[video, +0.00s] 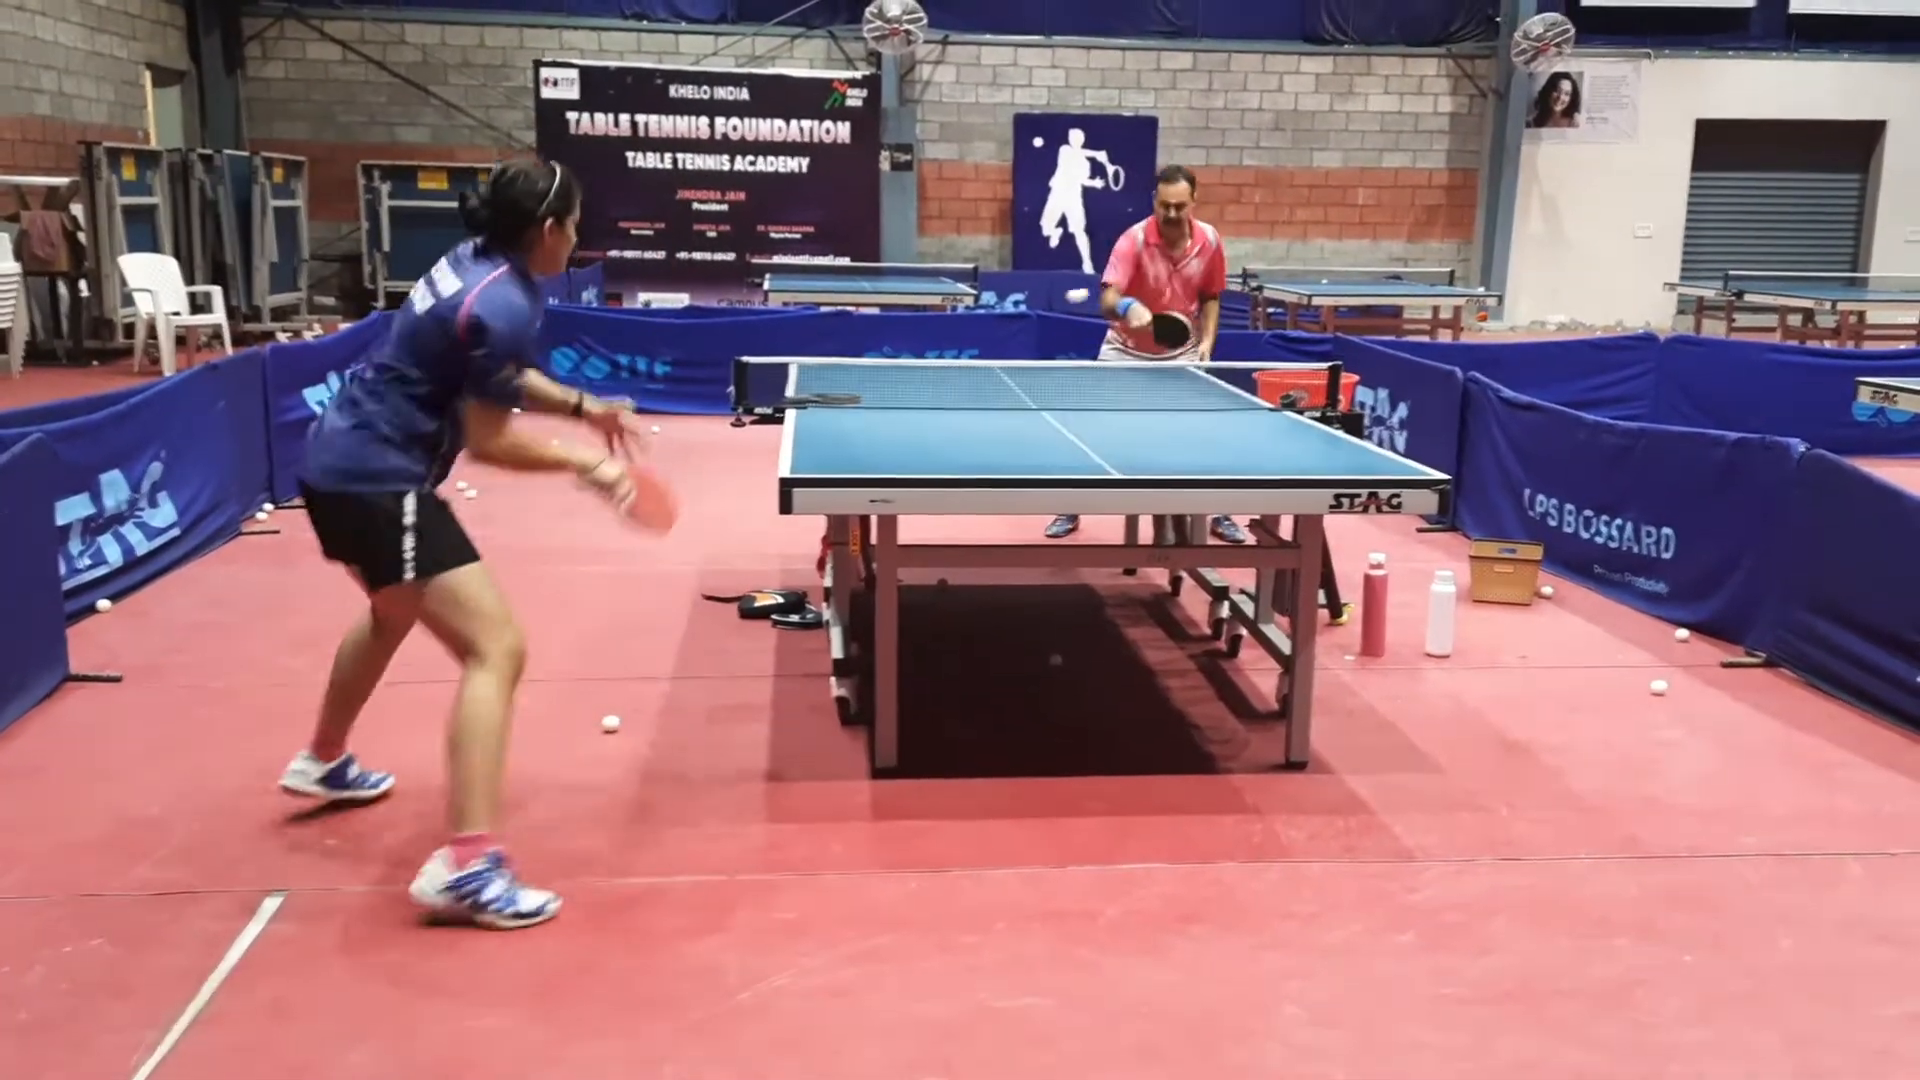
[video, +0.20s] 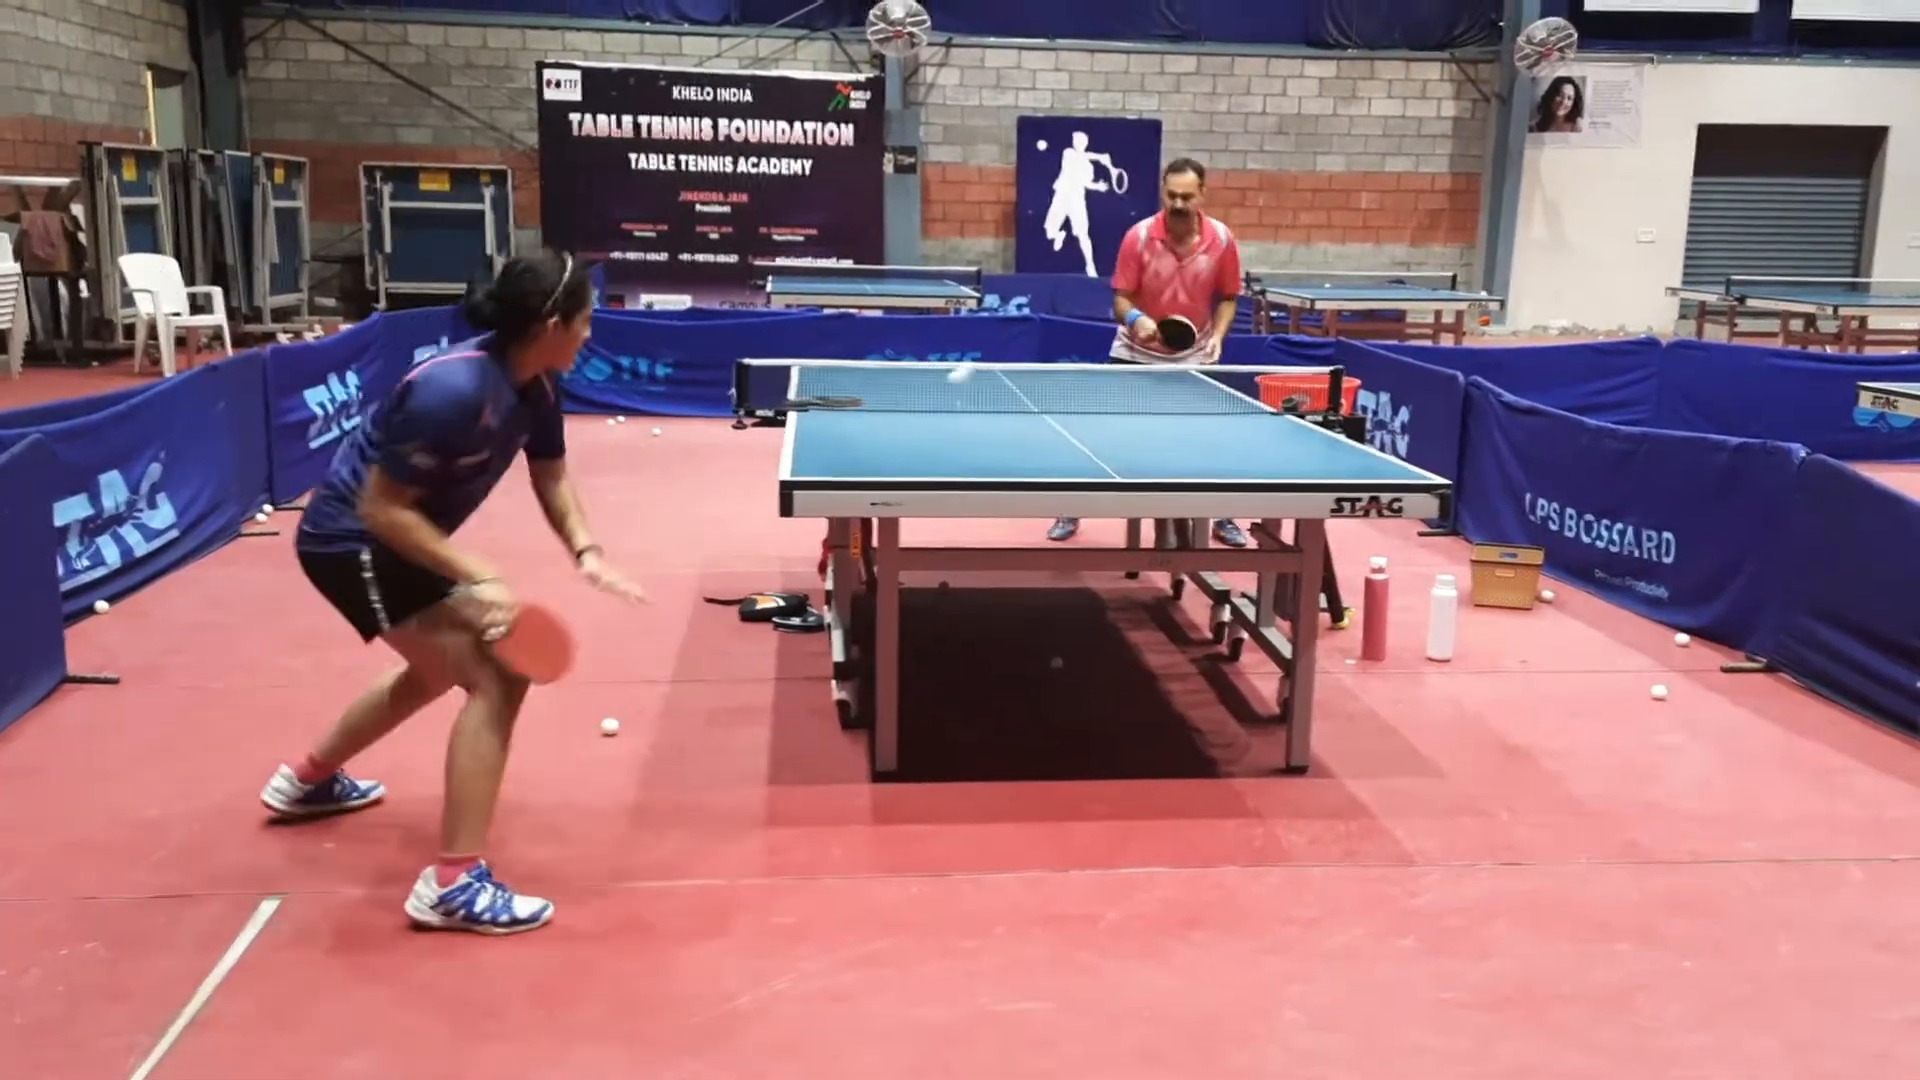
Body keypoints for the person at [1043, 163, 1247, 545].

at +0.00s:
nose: (1172, 214)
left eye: (1180, 206)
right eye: (1165, 206)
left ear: (1193, 203)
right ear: (1154, 203)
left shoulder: (1208, 239)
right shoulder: (1133, 240)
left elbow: (1211, 297)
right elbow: (1107, 298)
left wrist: (1207, 343)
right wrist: (1127, 307)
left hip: (1183, 353)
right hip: (1125, 351)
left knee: (1205, 427)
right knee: (1090, 421)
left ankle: (1218, 512)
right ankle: (1068, 507)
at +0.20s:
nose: (1179, 203)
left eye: (1188, 197)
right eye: (1172, 195)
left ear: (1202, 196)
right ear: (1163, 193)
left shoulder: (1221, 240)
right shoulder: (1138, 237)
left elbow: (1229, 297)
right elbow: (1121, 298)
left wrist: (1217, 335)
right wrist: (1138, 320)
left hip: (1195, 355)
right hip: (1136, 351)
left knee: (1211, 430)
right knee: (1099, 423)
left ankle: (1222, 514)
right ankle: (1069, 510)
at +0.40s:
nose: (1163, 221)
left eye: (1173, 213)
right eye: (1158, 212)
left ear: (1190, 214)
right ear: (1149, 212)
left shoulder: (1213, 256)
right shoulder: (1131, 256)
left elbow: (1226, 315)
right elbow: (1115, 313)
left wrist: (1215, 349)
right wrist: (1128, 323)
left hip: (1193, 365)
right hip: (1133, 363)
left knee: (1227, 432)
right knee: (1092, 424)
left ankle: (1241, 519)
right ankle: (1073, 512)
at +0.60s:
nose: (1151, 217)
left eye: (1160, 209)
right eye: (1145, 209)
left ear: (1177, 208)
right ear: (1138, 209)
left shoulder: (1203, 250)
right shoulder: (1121, 252)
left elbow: (1219, 308)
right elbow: (1100, 309)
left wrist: (1205, 340)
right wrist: (1098, 322)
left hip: (1188, 366)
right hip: (1128, 363)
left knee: (1223, 434)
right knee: (1090, 428)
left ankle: (1238, 520)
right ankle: (1072, 512)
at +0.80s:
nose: (1142, 223)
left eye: (1150, 216)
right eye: (1135, 215)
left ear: (1167, 215)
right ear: (1129, 215)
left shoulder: (1195, 255)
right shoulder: (1112, 258)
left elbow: (1211, 311)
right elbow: (1095, 318)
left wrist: (1194, 349)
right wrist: (1076, 327)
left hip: (1183, 361)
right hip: (1125, 359)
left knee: (1217, 432)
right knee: (1089, 426)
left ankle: (1238, 520)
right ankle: (1068, 513)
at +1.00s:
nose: (1152, 236)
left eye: (1161, 228)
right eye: (1145, 228)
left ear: (1176, 220)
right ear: (1135, 222)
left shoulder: (1199, 256)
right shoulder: (1118, 262)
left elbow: (1210, 313)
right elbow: (1102, 318)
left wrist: (1195, 355)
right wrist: (1112, 335)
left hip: (1182, 365)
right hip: (1124, 365)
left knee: (1218, 433)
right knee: (1085, 427)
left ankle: (1232, 522)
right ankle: (1063, 514)